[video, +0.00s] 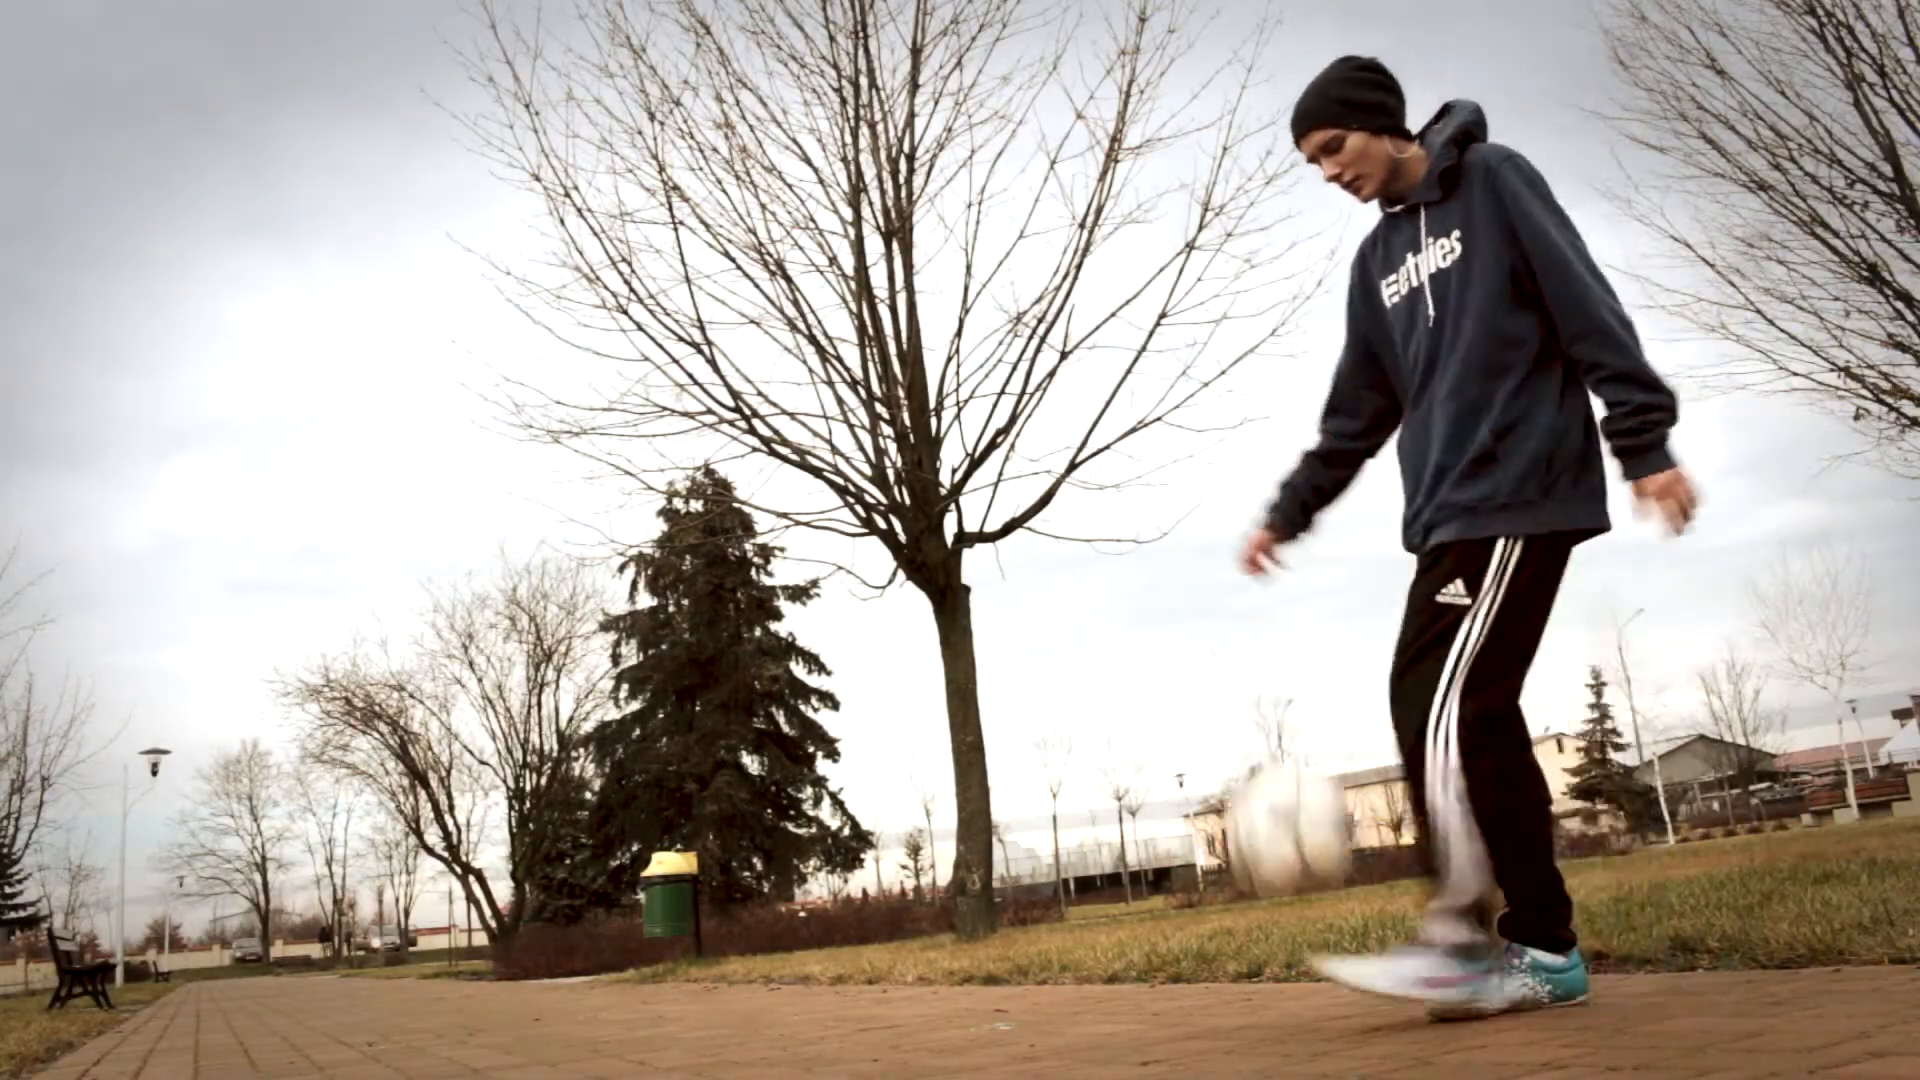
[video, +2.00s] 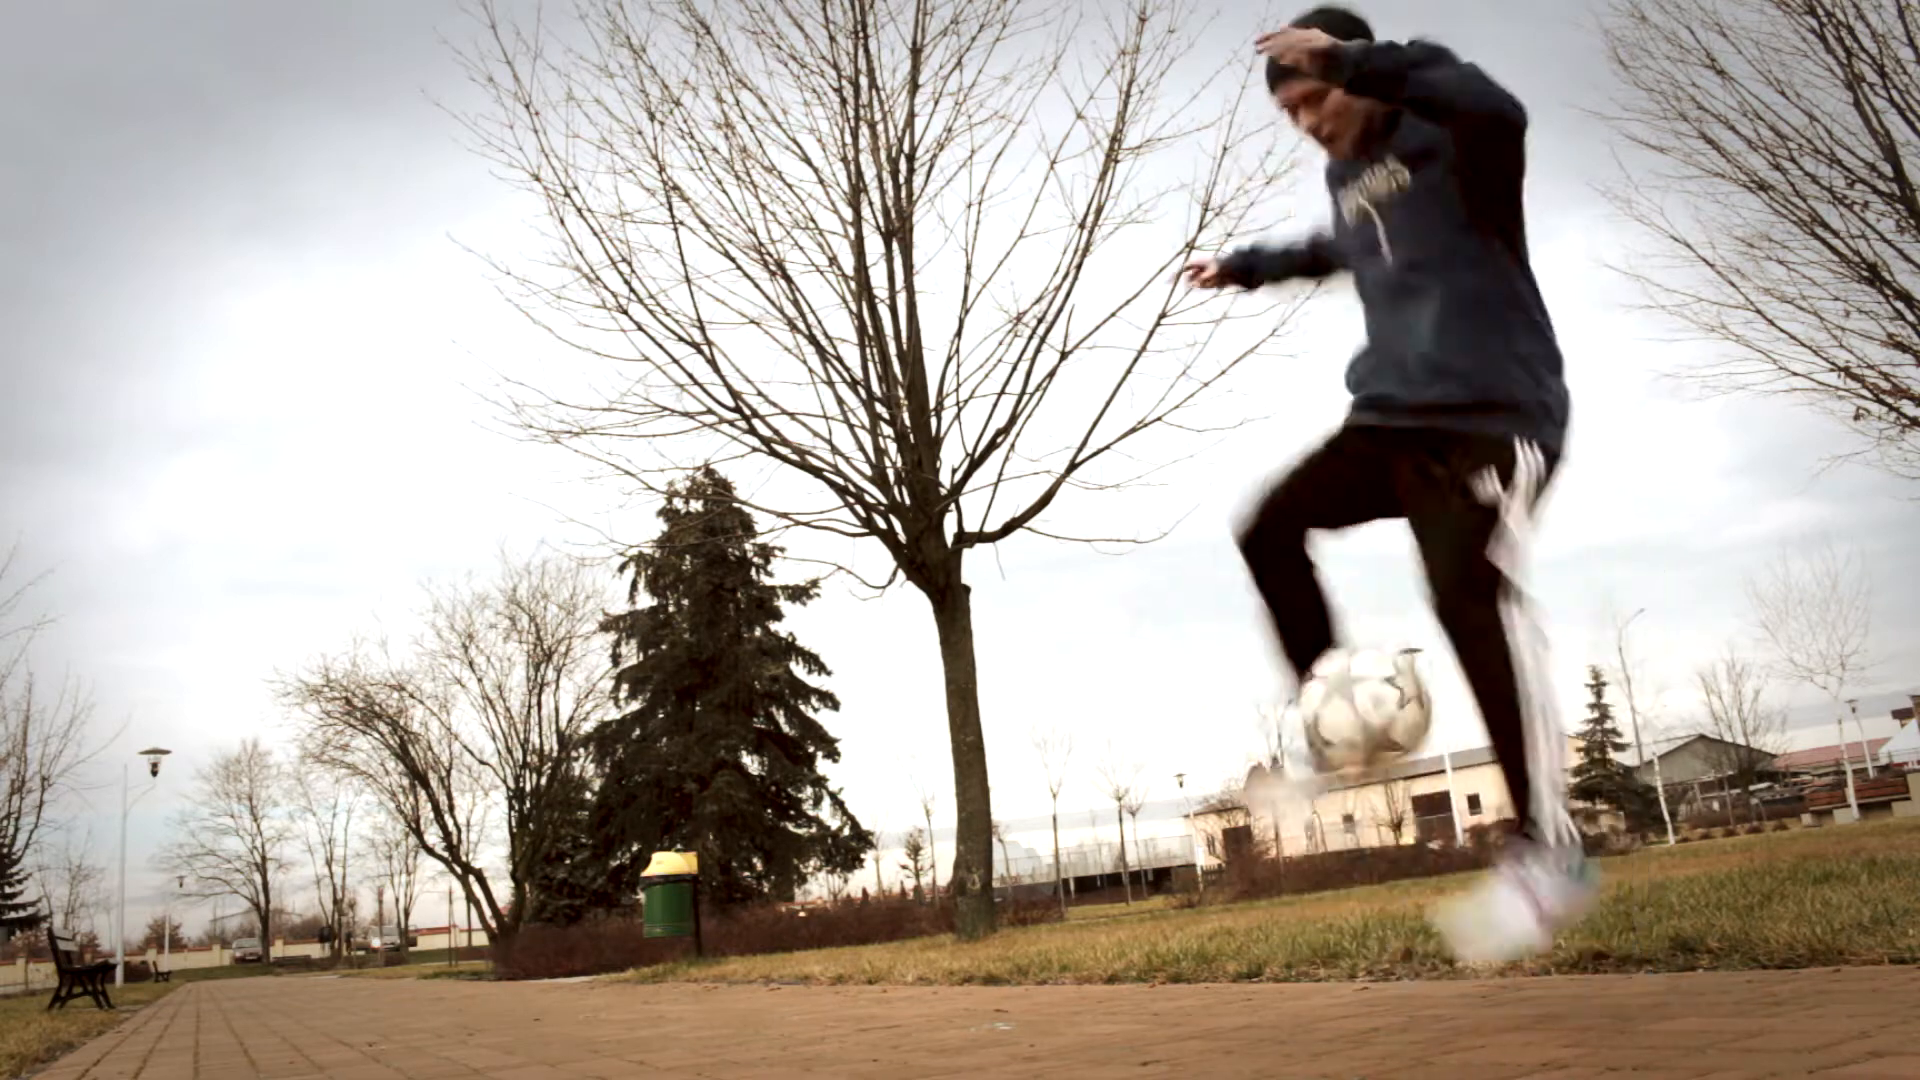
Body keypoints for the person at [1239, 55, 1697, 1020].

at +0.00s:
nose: (1333, 171)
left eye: (1337, 147)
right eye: (1318, 162)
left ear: (1387, 119)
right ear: (1328, 164)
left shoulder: (1490, 178)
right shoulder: (1377, 257)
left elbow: (1584, 301)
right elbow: (1360, 404)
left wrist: (1645, 445)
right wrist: (1286, 512)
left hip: (1525, 491)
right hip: (1449, 510)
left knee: (1429, 695)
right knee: (1479, 716)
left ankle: (1467, 930)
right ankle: (1546, 949)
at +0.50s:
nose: (1324, 163)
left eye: (1327, 138)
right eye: (1309, 154)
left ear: (1377, 108)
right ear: (1321, 153)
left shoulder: (1474, 169)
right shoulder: (1380, 238)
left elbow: (1547, 318)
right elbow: (1421, 388)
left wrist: (1520, 447)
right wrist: (1399, 499)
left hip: (1539, 503)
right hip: (1447, 525)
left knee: (1558, 720)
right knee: (1439, 710)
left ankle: (1607, 952)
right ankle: (1521, 938)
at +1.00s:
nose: (1299, 192)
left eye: (1299, 169)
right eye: (1286, 181)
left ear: (1341, 137)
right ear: (1311, 167)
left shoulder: (1451, 174)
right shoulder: (1368, 253)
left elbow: (1566, 302)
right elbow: (1411, 408)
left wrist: (1595, 443)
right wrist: (1396, 520)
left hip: (1531, 493)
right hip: (1462, 513)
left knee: (1471, 690)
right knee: (1487, 704)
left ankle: (1555, 933)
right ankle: (1561, 938)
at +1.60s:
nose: (1260, 243)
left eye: (1260, 220)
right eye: (1246, 231)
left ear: (1303, 184)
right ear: (1274, 210)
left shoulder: (1420, 209)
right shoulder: (1345, 278)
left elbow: (1552, 328)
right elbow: (1412, 385)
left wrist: (1523, 456)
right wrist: (1390, 472)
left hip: (1583, 480)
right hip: (1485, 500)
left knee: (1580, 719)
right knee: (1423, 648)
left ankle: (1610, 953)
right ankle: (1455, 873)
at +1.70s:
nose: (1263, 261)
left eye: (1263, 239)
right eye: (1250, 249)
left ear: (1304, 203)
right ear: (1283, 224)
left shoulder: (1419, 232)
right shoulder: (1355, 294)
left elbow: (1508, 353)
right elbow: (1437, 401)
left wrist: (1442, 469)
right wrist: (1443, 486)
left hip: (1573, 480)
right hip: (1495, 486)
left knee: (1549, 710)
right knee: (1350, 533)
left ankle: (1608, 953)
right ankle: (1346, 730)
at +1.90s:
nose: (1297, 195)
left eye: (1299, 173)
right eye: (1287, 181)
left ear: (1344, 145)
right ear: (1305, 173)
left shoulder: (1442, 207)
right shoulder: (1359, 261)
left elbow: (1470, 191)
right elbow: (1368, 384)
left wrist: (1345, 134)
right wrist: (1255, 385)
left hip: (1527, 485)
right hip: (1436, 470)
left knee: (1522, 712)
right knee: (1274, 464)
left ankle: (1604, 955)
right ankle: (1191, 687)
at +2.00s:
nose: (1305, 123)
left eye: (1313, 102)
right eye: (1292, 113)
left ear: (1362, 78)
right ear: (1292, 112)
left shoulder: (1452, 129)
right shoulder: (1349, 177)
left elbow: (1494, 110)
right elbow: (1340, 248)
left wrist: (1357, 60)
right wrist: (1243, 265)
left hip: (1492, 411)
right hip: (1394, 418)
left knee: (1467, 595)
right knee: (1269, 527)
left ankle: (1546, 847)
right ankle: (1337, 711)